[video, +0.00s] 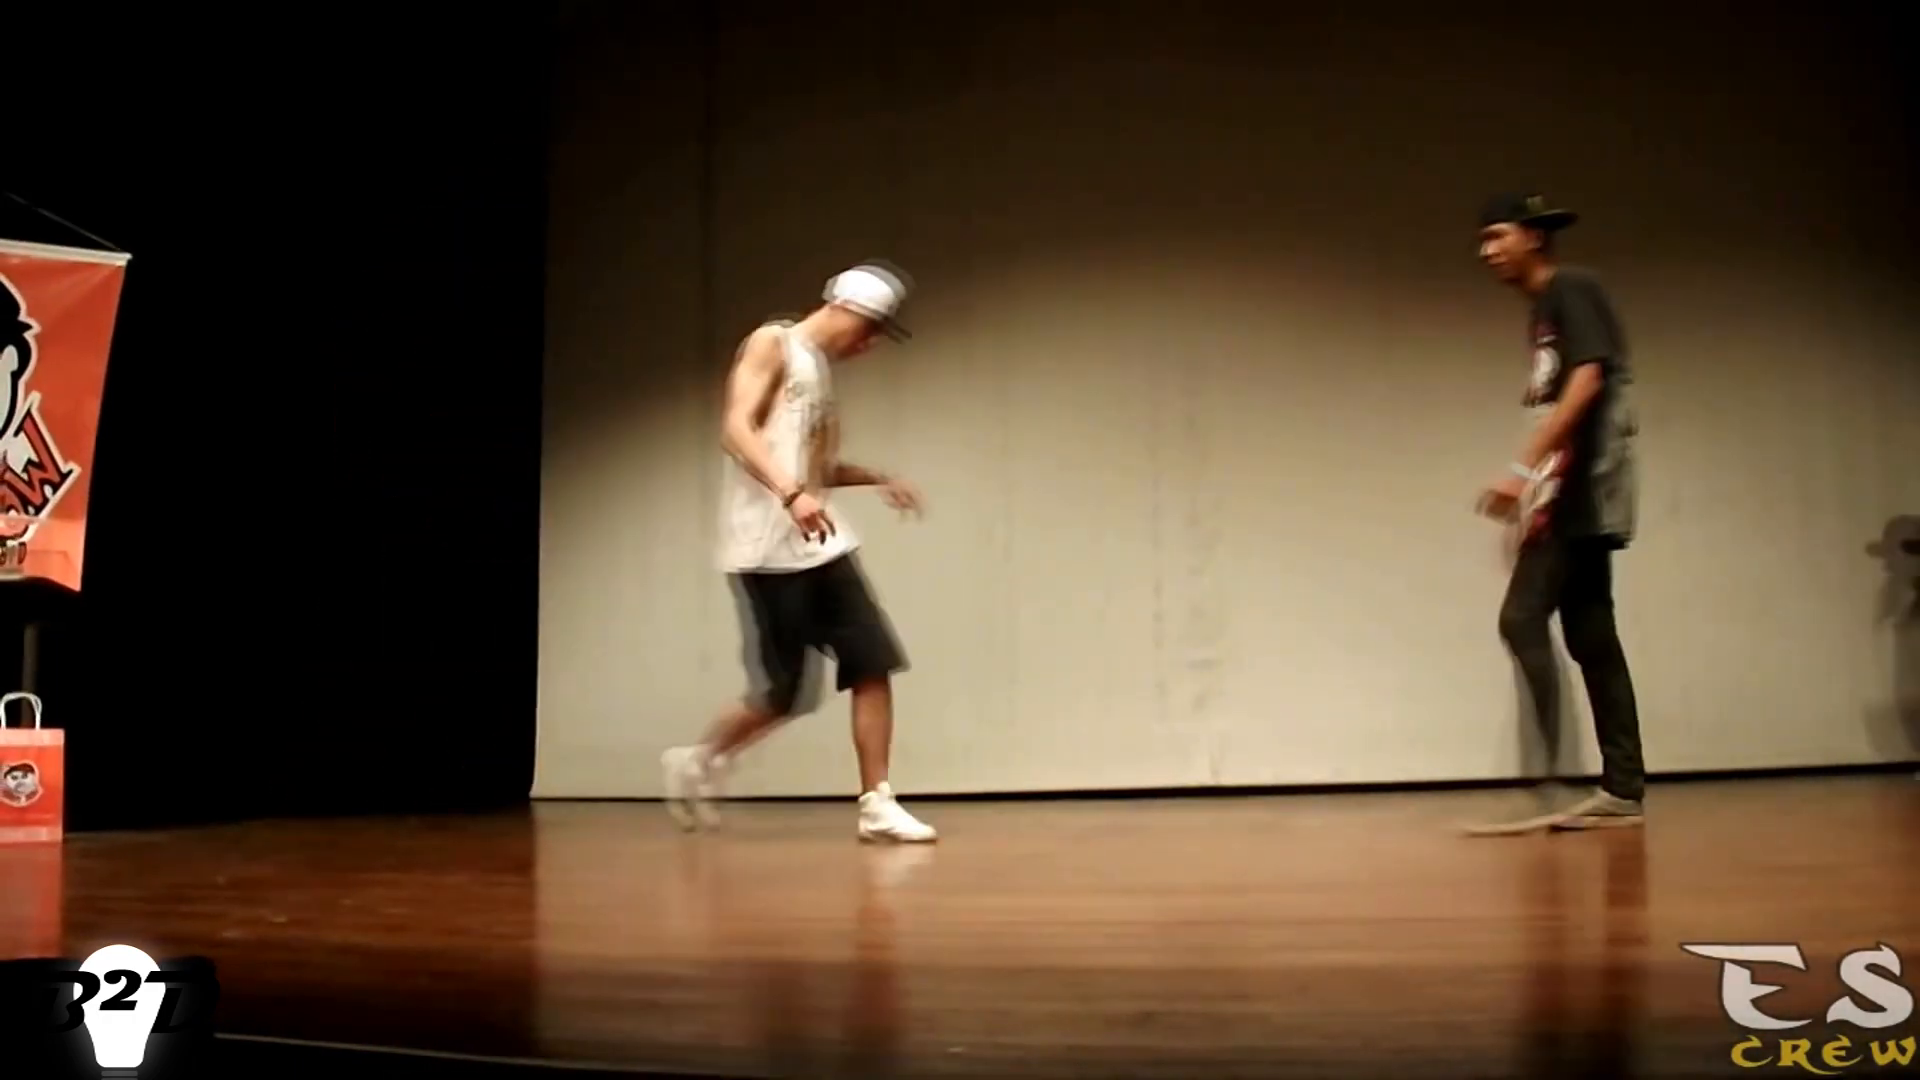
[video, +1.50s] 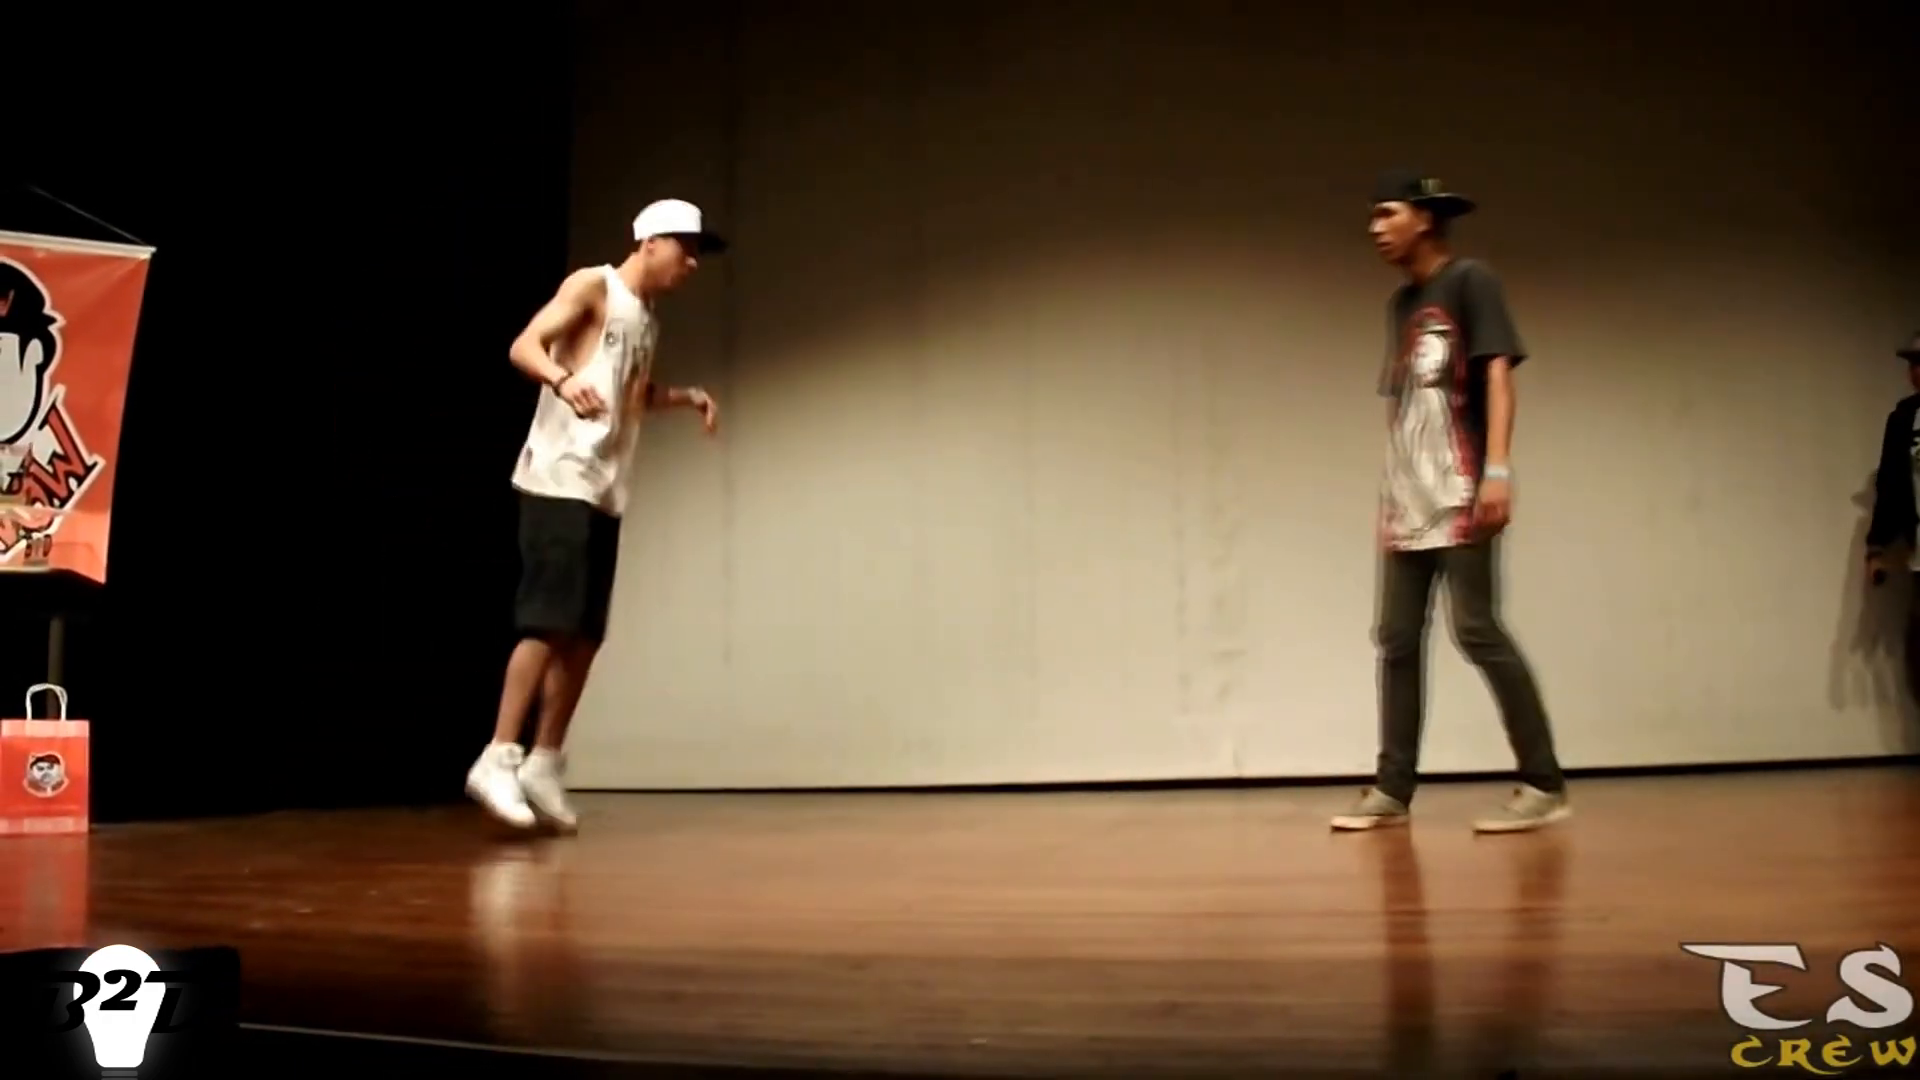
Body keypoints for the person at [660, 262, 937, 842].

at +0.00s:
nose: (869, 345)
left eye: (877, 336)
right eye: (869, 330)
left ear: (853, 318)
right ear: (844, 310)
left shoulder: (818, 369)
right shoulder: (770, 343)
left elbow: (817, 469)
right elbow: (736, 429)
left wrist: (879, 480)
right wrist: (792, 494)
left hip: (822, 546)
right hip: (767, 553)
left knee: (871, 664)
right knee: (784, 693)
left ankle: (876, 803)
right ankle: (698, 764)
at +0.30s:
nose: (916, 308)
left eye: (923, 298)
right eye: (912, 291)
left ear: (911, 293)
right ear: (878, 272)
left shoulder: (867, 351)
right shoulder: (811, 319)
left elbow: (876, 445)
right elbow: (765, 405)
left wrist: (944, 441)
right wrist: (801, 470)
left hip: (877, 517)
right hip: (822, 515)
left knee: (942, 650)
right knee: (870, 640)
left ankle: (964, 800)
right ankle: (848, 804)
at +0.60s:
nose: (875, 255)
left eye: (883, 245)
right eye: (872, 237)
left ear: (856, 233)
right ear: (835, 213)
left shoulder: (815, 291)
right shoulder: (767, 250)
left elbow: (809, 394)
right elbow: (711, 328)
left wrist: (873, 392)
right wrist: (778, 379)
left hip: (808, 478)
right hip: (758, 469)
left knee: (874, 622)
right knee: (805, 624)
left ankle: (870, 783)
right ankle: (830, 793)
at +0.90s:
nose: (789, 267)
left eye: (797, 256)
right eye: (784, 249)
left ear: (768, 246)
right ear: (749, 230)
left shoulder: (723, 312)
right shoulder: (680, 270)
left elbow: (728, 419)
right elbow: (621, 341)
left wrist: (795, 421)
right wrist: (662, 372)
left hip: (690, 500)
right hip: (653, 494)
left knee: (713, 664)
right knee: (686, 652)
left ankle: (642, 797)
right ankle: (671, 810)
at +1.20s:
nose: (711, 285)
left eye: (717, 274)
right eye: (707, 268)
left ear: (698, 266)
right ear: (673, 248)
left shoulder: (659, 324)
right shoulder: (611, 285)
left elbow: (639, 422)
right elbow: (549, 355)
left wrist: (704, 425)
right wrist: (593, 384)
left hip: (610, 507)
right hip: (566, 499)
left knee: (630, 654)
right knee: (577, 645)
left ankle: (551, 776)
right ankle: (487, 794)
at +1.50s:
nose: (689, 267)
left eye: (693, 257)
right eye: (683, 251)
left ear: (675, 258)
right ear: (647, 242)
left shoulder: (646, 319)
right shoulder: (590, 286)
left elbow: (633, 397)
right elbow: (525, 346)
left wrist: (682, 398)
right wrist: (563, 380)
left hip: (604, 490)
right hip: (556, 482)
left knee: (583, 635)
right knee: (545, 626)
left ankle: (544, 766)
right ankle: (497, 760)